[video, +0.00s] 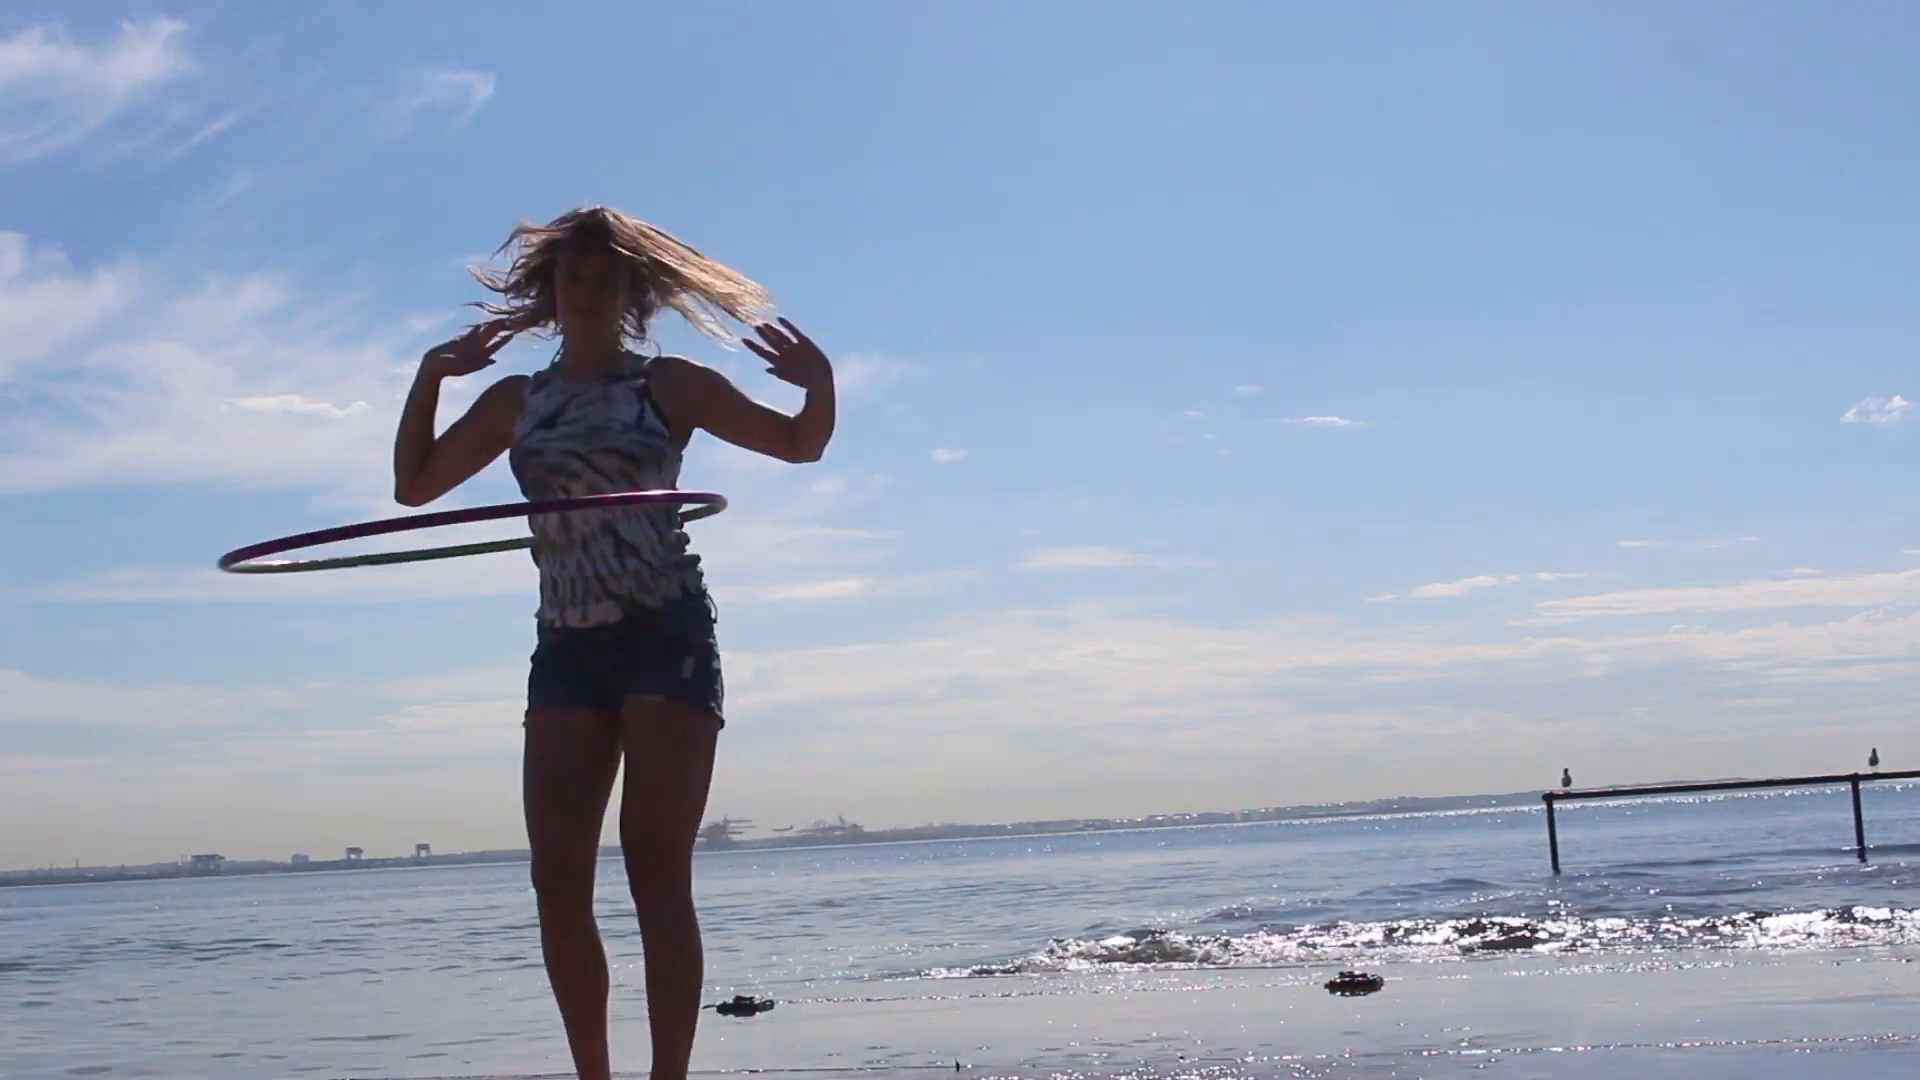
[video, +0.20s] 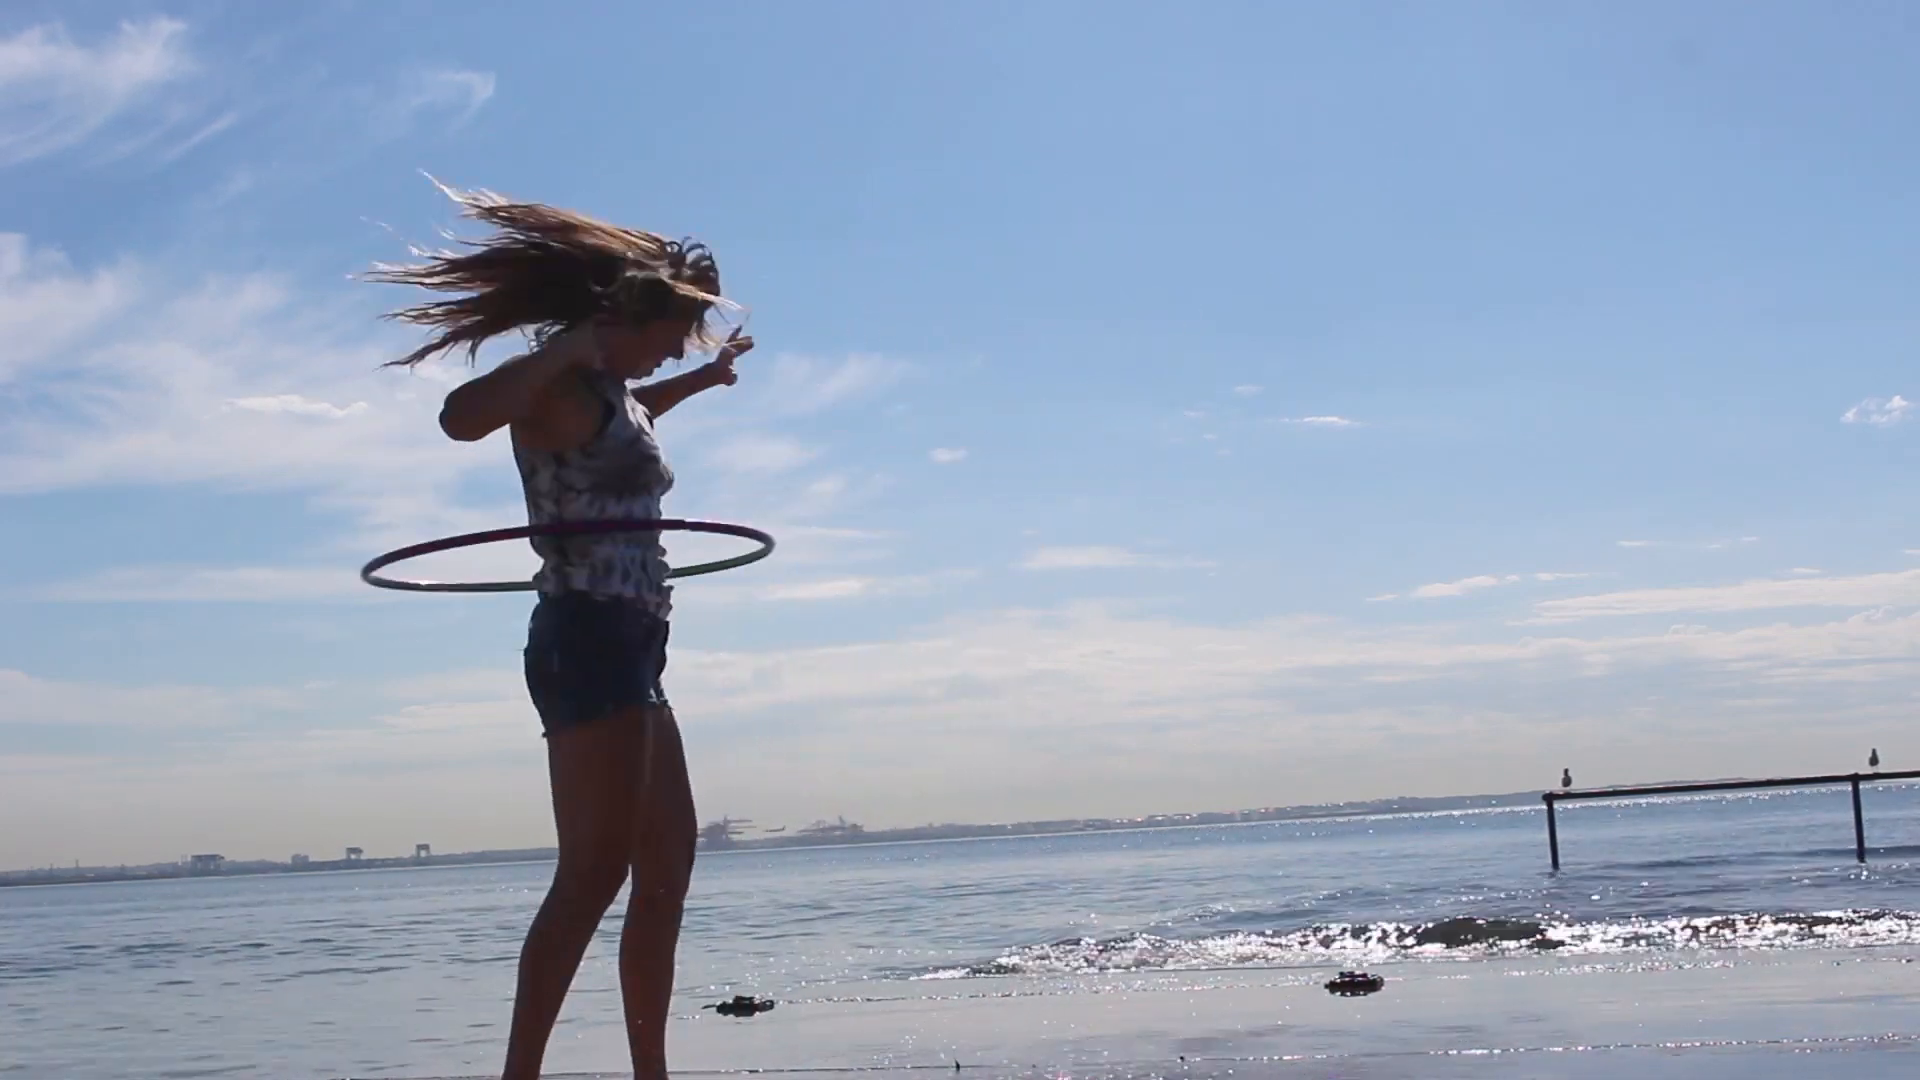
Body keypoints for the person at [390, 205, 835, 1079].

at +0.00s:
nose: (585, 288)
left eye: (601, 275)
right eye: (571, 274)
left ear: (630, 289)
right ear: (548, 287)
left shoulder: (671, 384)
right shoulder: (517, 400)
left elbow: (800, 445)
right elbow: (415, 483)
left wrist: (821, 380)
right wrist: (430, 373)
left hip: (666, 635)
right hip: (568, 643)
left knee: (656, 877)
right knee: (558, 884)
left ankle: (669, 1075)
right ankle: (594, 1075)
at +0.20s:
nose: (679, 347)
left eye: (687, 337)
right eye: (679, 331)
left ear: (633, 311)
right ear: (638, 313)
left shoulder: (602, 387)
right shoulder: (561, 378)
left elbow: (634, 410)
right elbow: (458, 418)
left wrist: (702, 378)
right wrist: (554, 354)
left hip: (622, 645)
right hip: (587, 644)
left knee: (666, 866)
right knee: (592, 872)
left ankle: (651, 1072)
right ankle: (519, 1072)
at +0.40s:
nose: (506, 395)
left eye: (503, 384)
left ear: (519, 379)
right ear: (574, 340)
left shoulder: (529, 442)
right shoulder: (661, 401)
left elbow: (412, 505)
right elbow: (764, 408)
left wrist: (417, 410)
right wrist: (729, 336)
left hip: (550, 682)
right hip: (646, 677)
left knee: (610, 893)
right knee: (708, 883)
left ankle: (620, 1067)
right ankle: (624, 1051)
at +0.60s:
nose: (560, 321)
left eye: (576, 311)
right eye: (566, 307)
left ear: (607, 329)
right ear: (617, 333)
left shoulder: (614, 402)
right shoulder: (603, 402)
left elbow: (686, 483)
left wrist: (616, 453)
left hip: (649, 651)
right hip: (660, 646)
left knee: (632, 884)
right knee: (597, 864)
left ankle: (623, 1072)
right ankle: (684, 1063)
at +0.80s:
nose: (732, 309)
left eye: (735, 300)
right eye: (715, 294)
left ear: (728, 323)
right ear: (667, 305)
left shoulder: (745, 394)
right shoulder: (606, 382)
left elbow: (873, 423)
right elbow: (497, 409)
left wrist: (999, 407)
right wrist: (419, 326)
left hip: (696, 651)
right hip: (599, 654)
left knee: (738, 869)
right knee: (634, 876)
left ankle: (721, 1071)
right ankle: (653, 1066)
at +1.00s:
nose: (785, 354)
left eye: (781, 338)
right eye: (775, 339)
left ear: (715, 343)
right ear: (750, 347)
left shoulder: (706, 437)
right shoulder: (708, 412)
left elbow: (622, 518)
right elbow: (593, 392)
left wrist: (586, 519)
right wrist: (517, 293)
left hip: (707, 687)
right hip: (679, 685)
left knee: (778, 888)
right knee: (779, 886)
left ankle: (721, 1075)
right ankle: (641, 1064)